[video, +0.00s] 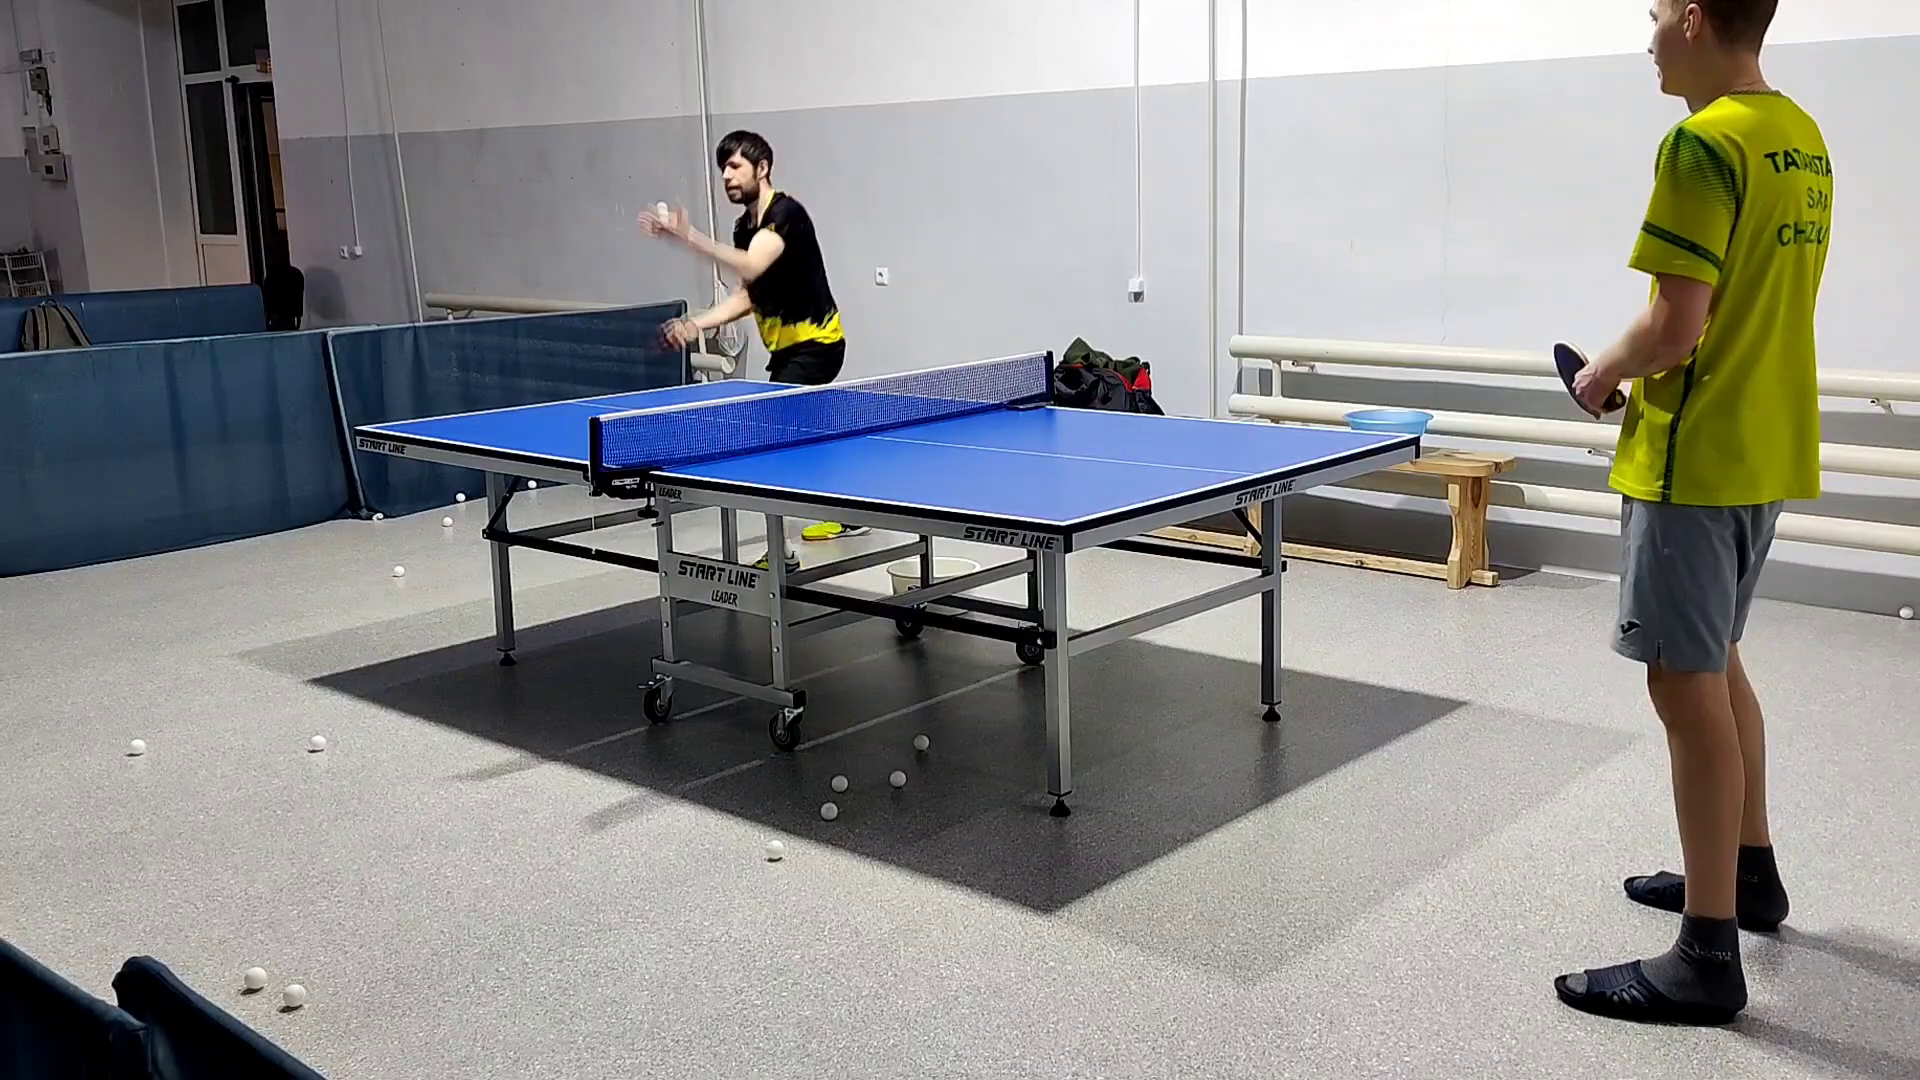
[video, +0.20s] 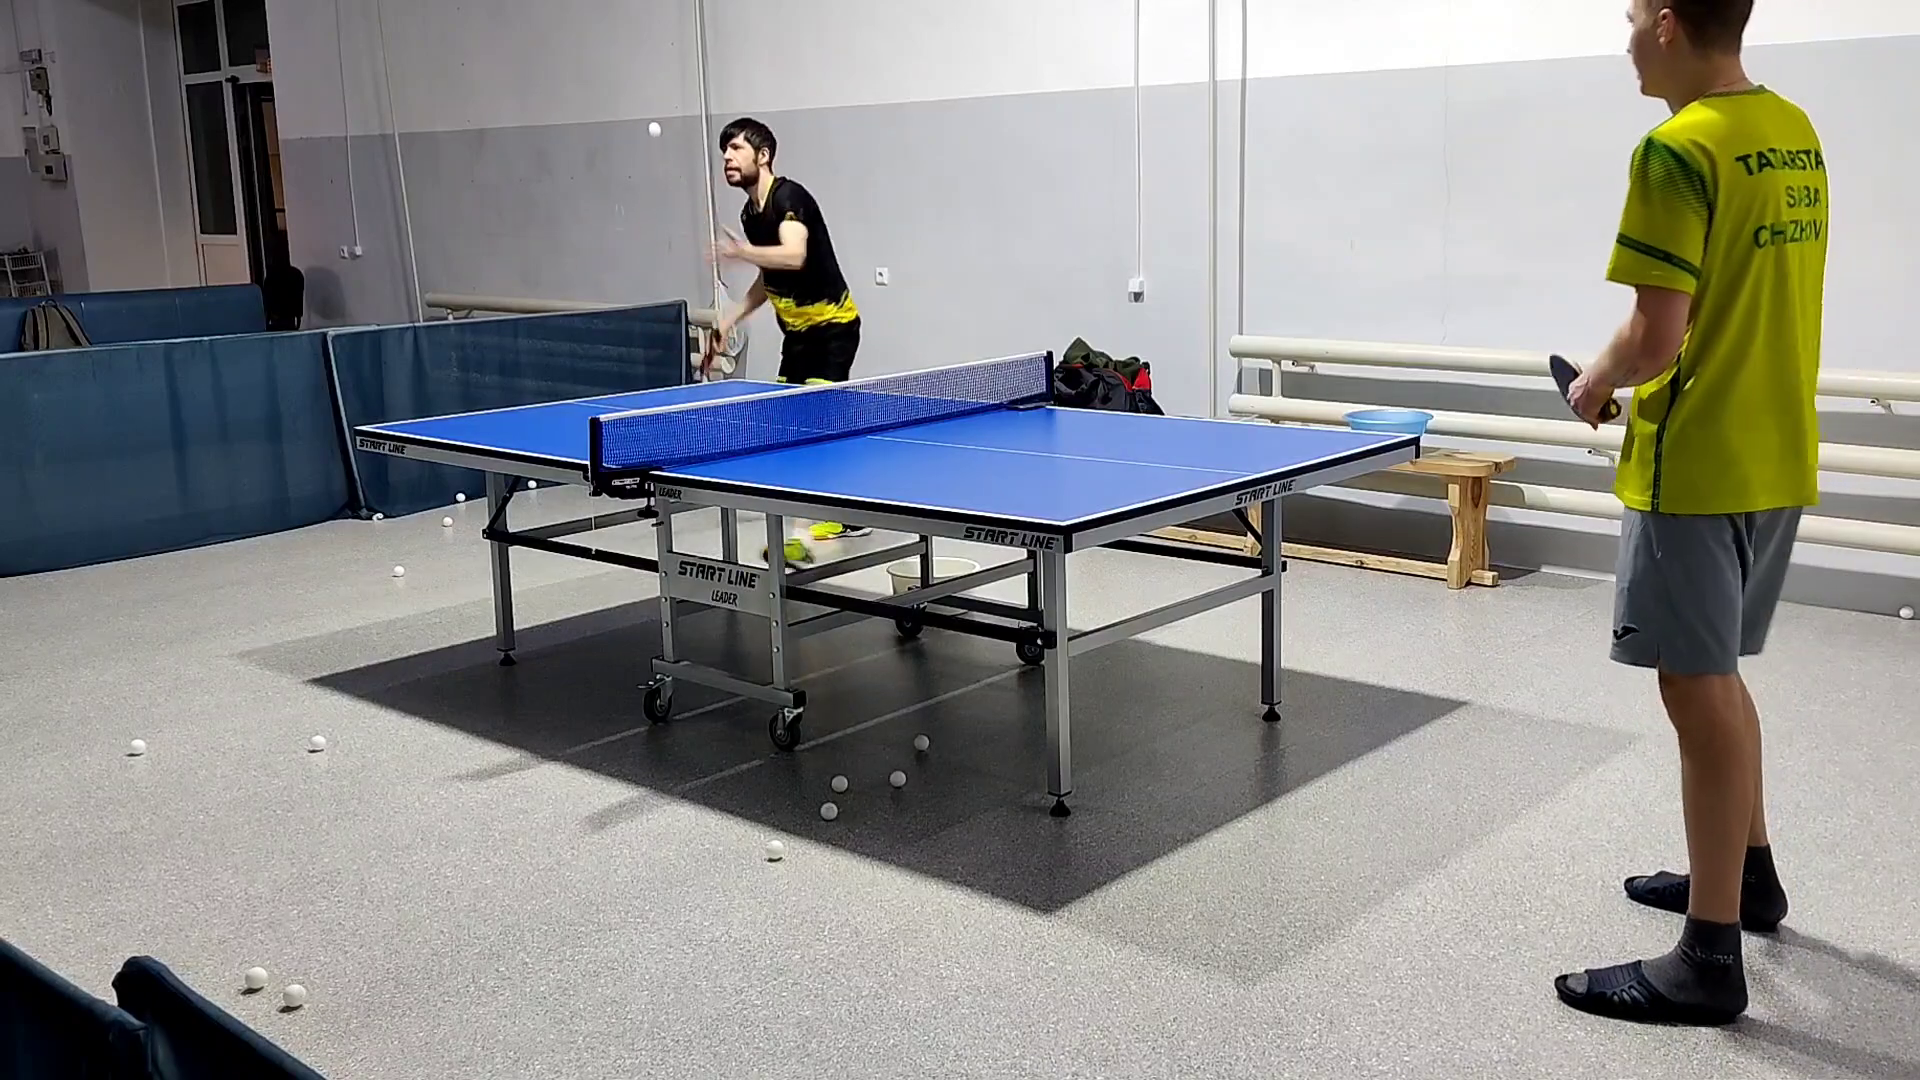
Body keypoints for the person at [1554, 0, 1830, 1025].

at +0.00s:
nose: (1651, 38)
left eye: (1656, 19)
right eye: (1655, 20)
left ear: (1691, 20)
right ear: (1749, 26)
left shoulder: (1702, 142)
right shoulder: (1801, 135)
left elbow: (1675, 329)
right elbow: (1774, 303)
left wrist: (1606, 370)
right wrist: (1644, 362)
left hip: (1696, 462)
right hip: (1762, 453)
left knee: (1685, 691)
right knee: (1713, 666)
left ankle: (1706, 960)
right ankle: (1747, 868)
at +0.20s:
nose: (1629, 42)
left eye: (1632, 21)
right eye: (1629, 24)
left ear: (1666, 23)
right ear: (1731, 26)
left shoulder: (1677, 146)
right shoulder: (1790, 129)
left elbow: (1658, 337)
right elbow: (1763, 297)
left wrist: (1600, 379)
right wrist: (1642, 357)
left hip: (1700, 466)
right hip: (1780, 457)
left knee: (1694, 687)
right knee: (1714, 667)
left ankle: (1708, 962)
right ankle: (1745, 871)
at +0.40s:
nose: (1609, 67)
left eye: (1608, 46)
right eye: (1608, 47)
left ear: (1636, 37)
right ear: (1709, 31)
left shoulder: (1653, 158)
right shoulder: (1783, 123)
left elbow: (1640, 338)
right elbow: (1763, 282)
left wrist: (1595, 393)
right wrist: (1638, 362)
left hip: (1700, 472)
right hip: (1795, 460)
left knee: (1706, 706)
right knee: (1740, 678)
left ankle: (1709, 965)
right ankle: (1749, 875)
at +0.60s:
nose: (1588, 66)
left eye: (1590, 45)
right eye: (1588, 44)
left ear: (1622, 45)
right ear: (1688, 35)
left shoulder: (1646, 165)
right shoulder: (1772, 121)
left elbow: (1632, 350)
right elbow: (1764, 290)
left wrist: (1578, 406)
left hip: (1699, 472)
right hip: (1796, 457)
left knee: (1678, 693)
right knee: (1728, 663)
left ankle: (1707, 963)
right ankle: (1748, 874)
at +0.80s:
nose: (1573, 100)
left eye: (1573, 78)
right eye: (1571, 80)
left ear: (1607, 73)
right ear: (1670, 59)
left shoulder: (1658, 189)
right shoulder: (1752, 135)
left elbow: (1651, 381)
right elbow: (1748, 324)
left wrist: (1554, 456)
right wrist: (1587, 440)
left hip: (1708, 474)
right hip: (1791, 455)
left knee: (1585, 672)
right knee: (1702, 651)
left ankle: (1680, 931)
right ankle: (1752, 871)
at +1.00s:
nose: (1544, 134)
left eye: (1546, 111)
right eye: (1539, 113)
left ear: (1592, 94)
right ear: (1617, 90)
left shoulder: (1674, 201)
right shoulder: (1691, 167)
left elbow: (1673, 408)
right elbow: (1704, 377)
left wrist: (1530, 490)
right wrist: (1637, 469)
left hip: (1682, 495)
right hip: (1715, 483)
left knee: (1567, 683)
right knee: (1661, 670)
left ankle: (1527, 949)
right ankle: (1747, 877)